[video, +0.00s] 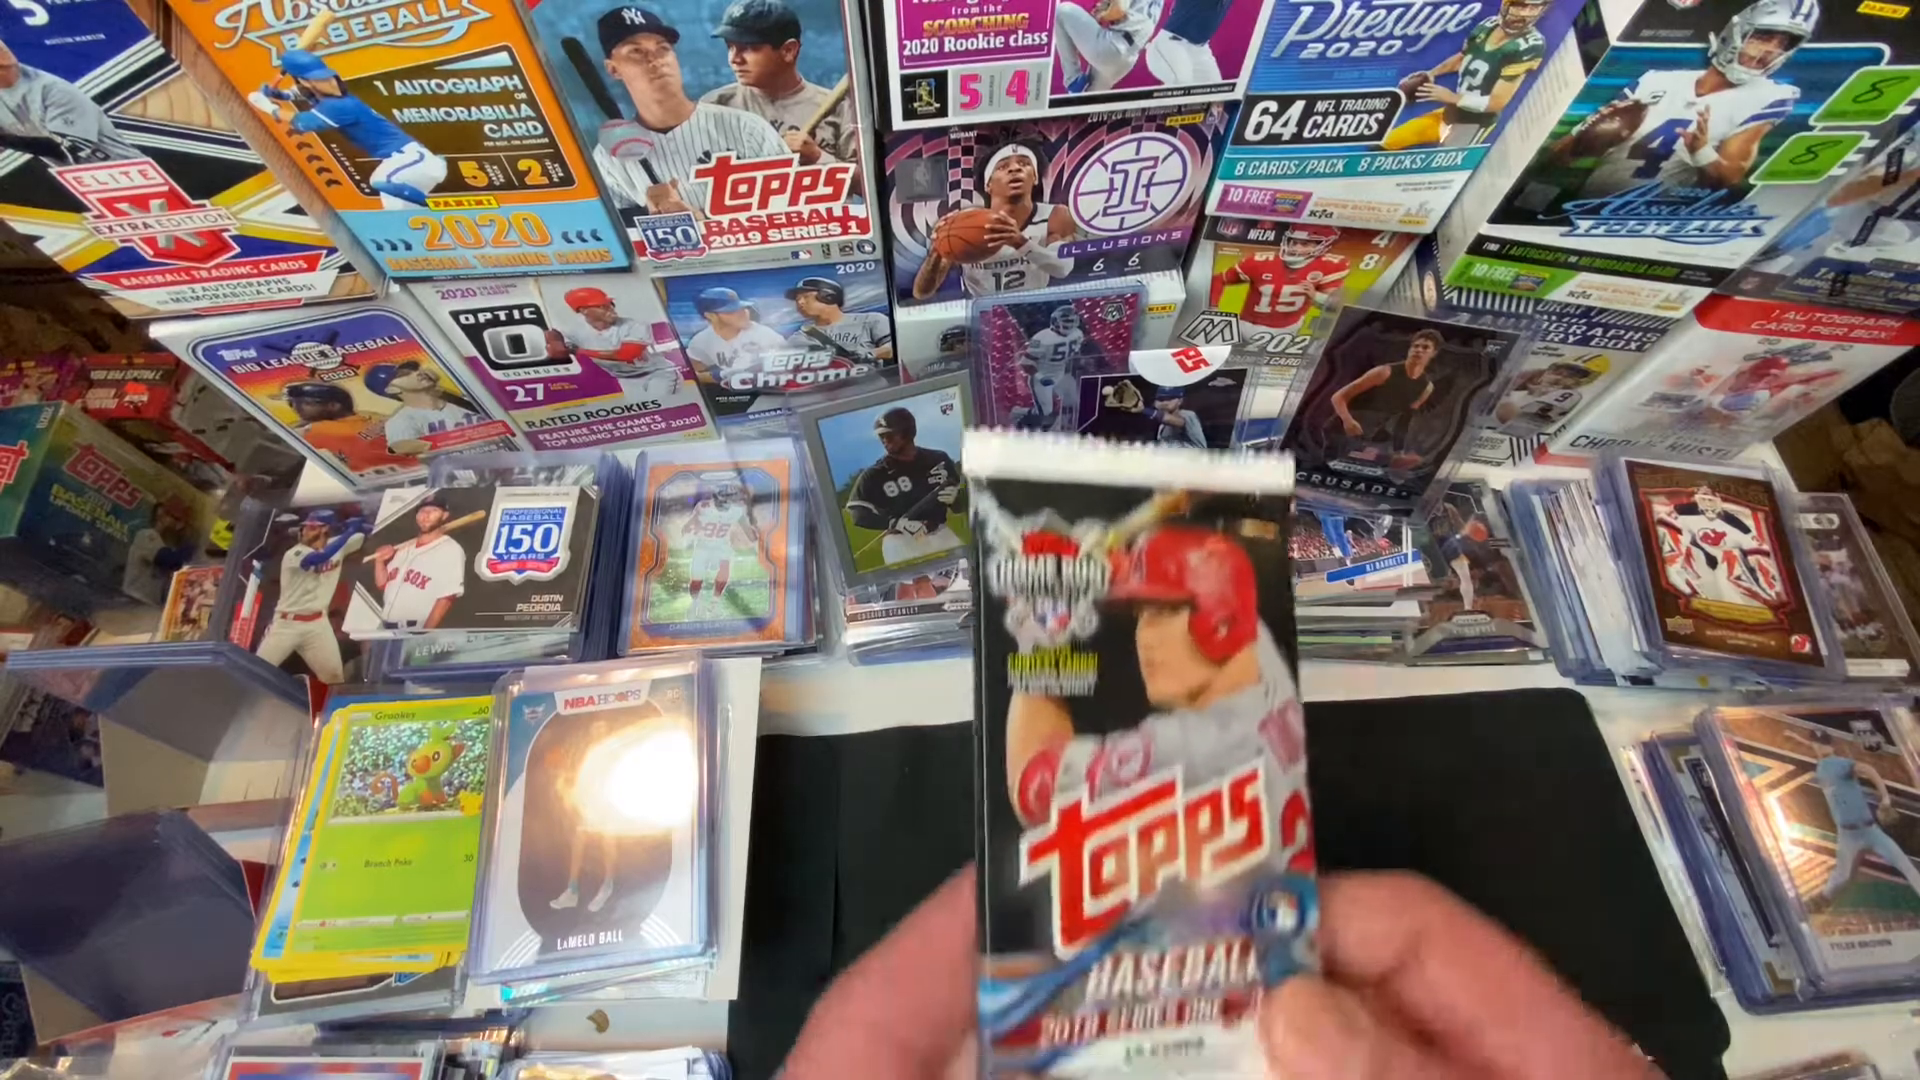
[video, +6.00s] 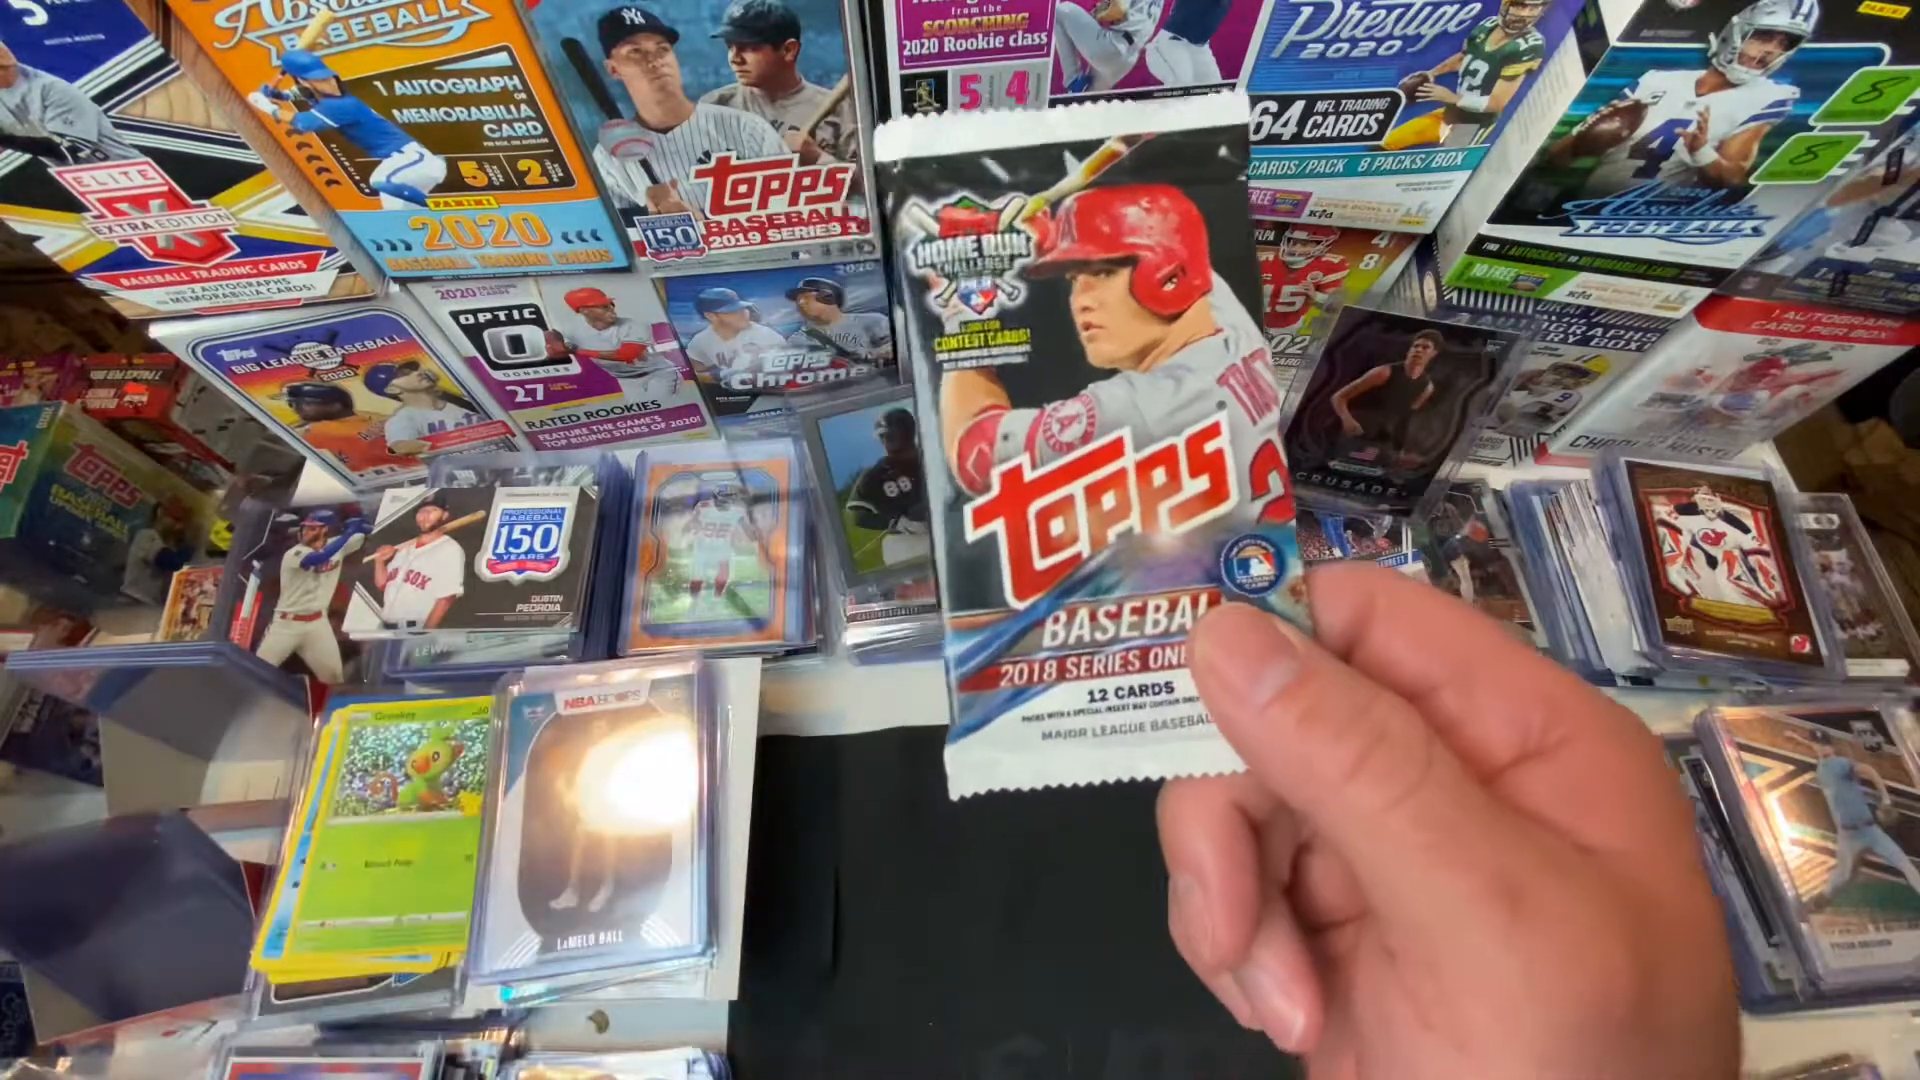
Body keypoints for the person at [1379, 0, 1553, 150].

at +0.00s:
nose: (1521, 13)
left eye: (1531, 7)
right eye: (1516, 5)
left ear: (1543, 10)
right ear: (1504, 4)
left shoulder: (1528, 47)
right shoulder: (1486, 26)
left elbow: (1496, 103)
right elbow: (1463, 58)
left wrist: (1450, 97)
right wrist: (1431, 74)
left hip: (1476, 124)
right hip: (1451, 112)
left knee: (1441, 176)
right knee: (1389, 141)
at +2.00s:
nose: (1521, 13)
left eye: (1530, 7)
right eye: (1516, 5)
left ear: (1541, 11)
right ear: (1503, 5)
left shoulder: (1527, 47)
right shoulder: (1487, 26)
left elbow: (1495, 103)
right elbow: (1464, 57)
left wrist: (1450, 98)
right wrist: (1432, 73)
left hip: (1478, 123)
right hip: (1452, 111)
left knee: (1443, 174)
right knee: (1389, 141)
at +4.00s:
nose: (1520, 13)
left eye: (1530, 7)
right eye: (1515, 4)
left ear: (1541, 11)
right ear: (1503, 5)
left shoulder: (1526, 47)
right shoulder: (1487, 26)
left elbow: (1496, 102)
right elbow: (1463, 58)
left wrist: (1450, 97)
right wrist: (1432, 73)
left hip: (1477, 123)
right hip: (1451, 111)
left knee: (1442, 175)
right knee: (1388, 141)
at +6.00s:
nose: (1520, 14)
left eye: (1530, 8)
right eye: (1516, 5)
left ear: (1542, 11)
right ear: (1504, 5)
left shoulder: (1527, 47)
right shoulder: (1487, 26)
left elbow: (1496, 103)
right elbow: (1463, 57)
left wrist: (1451, 98)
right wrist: (1431, 74)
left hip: (1478, 122)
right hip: (1453, 110)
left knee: (1442, 173)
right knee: (1388, 141)